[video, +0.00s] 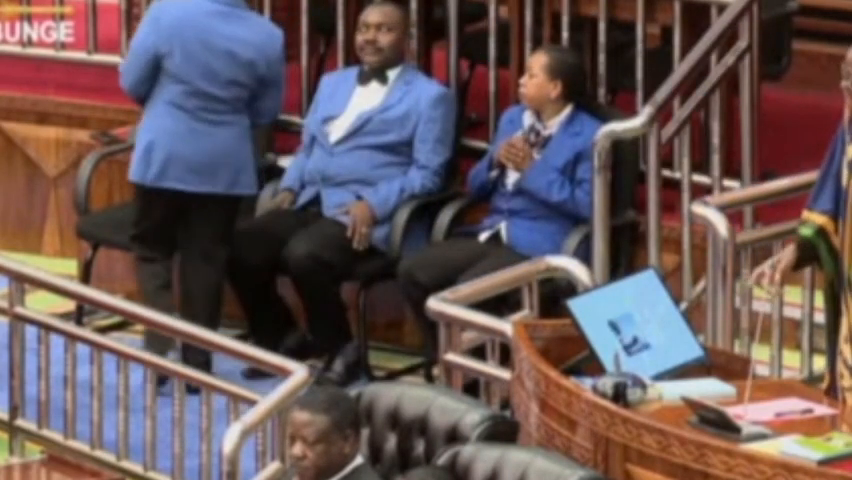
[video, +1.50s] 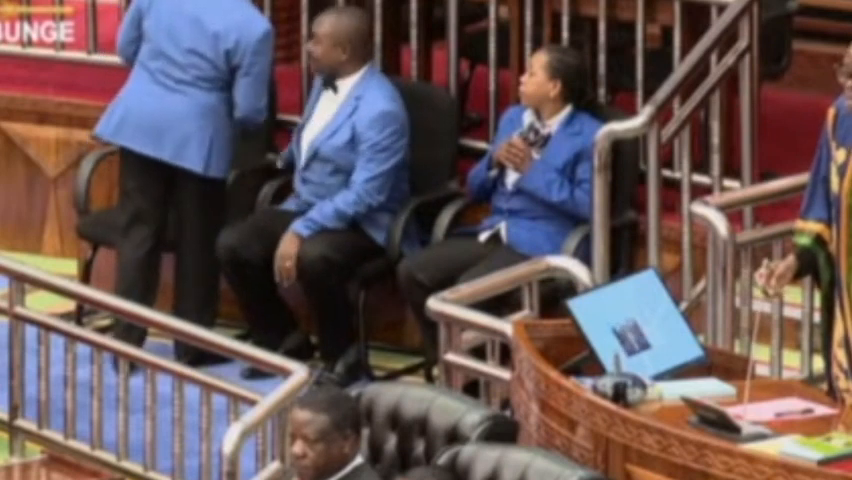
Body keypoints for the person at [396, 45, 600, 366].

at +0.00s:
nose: (521, 82)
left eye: (530, 76)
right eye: (524, 74)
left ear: (555, 89)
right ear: (551, 88)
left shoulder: (590, 135)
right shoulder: (512, 119)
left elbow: (589, 207)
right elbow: (475, 189)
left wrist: (530, 170)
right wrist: (495, 162)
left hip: (537, 250)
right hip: (492, 238)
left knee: (460, 298)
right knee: (413, 271)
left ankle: (480, 379)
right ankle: (445, 363)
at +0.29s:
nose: (522, 81)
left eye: (531, 75)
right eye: (524, 73)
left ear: (555, 88)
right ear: (551, 88)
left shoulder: (590, 135)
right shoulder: (512, 118)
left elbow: (589, 207)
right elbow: (475, 189)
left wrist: (530, 170)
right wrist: (495, 163)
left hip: (536, 250)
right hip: (492, 238)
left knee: (461, 298)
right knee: (413, 271)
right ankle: (445, 362)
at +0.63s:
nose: (522, 80)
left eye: (531, 75)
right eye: (525, 72)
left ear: (555, 88)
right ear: (552, 88)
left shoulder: (590, 135)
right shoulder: (512, 118)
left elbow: (589, 207)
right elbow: (475, 189)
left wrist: (530, 170)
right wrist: (495, 162)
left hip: (536, 250)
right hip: (491, 237)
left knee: (460, 299)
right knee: (413, 271)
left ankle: (480, 380)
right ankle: (446, 364)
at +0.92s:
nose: (522, 80)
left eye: (531, 75)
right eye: (525, 72)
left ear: (555, 88)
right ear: (551, 88)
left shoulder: (590, 135)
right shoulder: (513, 119)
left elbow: (589, 207)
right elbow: (476, 189)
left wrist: (530, 170)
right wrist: (495, 162)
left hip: (538, 250)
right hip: (493, 238)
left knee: (461, 299)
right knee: (413, 271)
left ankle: (480, 382)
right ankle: (448, 366)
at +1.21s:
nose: (521, 80)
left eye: (530, 75)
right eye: (525, 73)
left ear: (554, 88)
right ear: (551, 87)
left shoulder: (589, 135)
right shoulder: (513, 119)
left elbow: (589, 207)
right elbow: (476, 189)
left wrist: (530, 171)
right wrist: (495, 163)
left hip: (538, 249)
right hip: (495, 237)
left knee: (463, 298)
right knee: (413, 271)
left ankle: (482, 381)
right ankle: (448, 366)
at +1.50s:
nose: (521, 80)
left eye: (530, 75)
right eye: (524, 72)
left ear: (554, 88)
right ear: (551, 87)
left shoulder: (590, 135)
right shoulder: (513, 119)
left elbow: (589, 207)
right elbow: (475, 189)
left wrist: (530, 171)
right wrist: (495, 163)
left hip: (538, 250)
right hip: (494, 238)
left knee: (461, 298)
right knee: (413, 271)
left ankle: (483, 380)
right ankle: (448, 365)